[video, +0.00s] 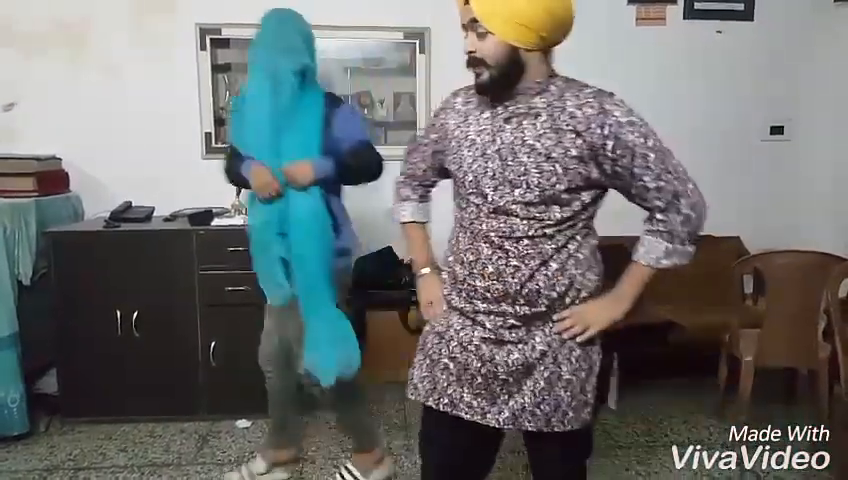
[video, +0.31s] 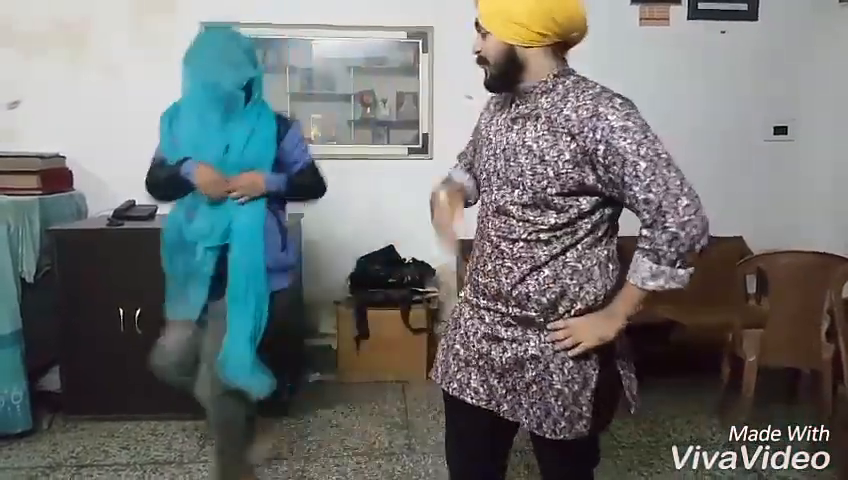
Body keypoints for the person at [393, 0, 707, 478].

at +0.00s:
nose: (467, 47)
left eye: (480, 32)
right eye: (465, 32)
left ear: (528, 35)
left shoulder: (595, 116)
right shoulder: (457, 112)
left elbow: (681, 207)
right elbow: (410, 183)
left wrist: (619, 299)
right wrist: (424, 271)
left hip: (556, 348)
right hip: (463, 341)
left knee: (559, 472)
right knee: (443, 470)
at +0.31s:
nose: (475, 47)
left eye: (483, 32)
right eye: (477, 32)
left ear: (526, 33)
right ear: (521, 35)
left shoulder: (598, 115)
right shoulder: (498, 108)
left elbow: (680, 222)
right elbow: (473, 167)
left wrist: (616, 314)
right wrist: (451, 191)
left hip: (563, 349)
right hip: (480, 339)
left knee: (566, 471)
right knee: (470, 470)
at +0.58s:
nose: (459, 81)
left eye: (464, 70)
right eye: (461, 71)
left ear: (492, 72)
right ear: (509, 74)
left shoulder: (570, 147)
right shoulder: (489, 151)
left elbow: (635, 258)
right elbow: (440, 223)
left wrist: (586, 364)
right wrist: (442, 155)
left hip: (547, 389)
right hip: (473, 380)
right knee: (461, 473)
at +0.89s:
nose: (432, 99)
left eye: (438, 85)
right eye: (434, 86)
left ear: (471, 86)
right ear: (479, 87)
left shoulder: (548, 156)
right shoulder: (452, 159)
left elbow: (619, 265)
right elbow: (404, 237)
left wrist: (566, 373)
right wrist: (427, 166)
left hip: (524, 397)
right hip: (444, 386)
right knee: (442, 472)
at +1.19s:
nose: (429, 93)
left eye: (435, 76)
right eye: (430, 79)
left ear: (470, 77)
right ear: (477, 78)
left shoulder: (548, 152)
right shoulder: (444, 155)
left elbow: (623, 269)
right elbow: (396, 242)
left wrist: (564, 375)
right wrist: (421, 161)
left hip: (524, 399)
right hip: (439, 389)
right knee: (438, 472)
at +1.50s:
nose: (438, 121)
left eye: (444, 107)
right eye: (432, 108)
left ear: (483, 88)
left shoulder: (556, 146)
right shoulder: (456, 144)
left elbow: (630, 261)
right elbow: (412, 240)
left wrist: (570, 369)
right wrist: (440, 176)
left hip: (533, 396)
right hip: (449, 385)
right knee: (445, 472)